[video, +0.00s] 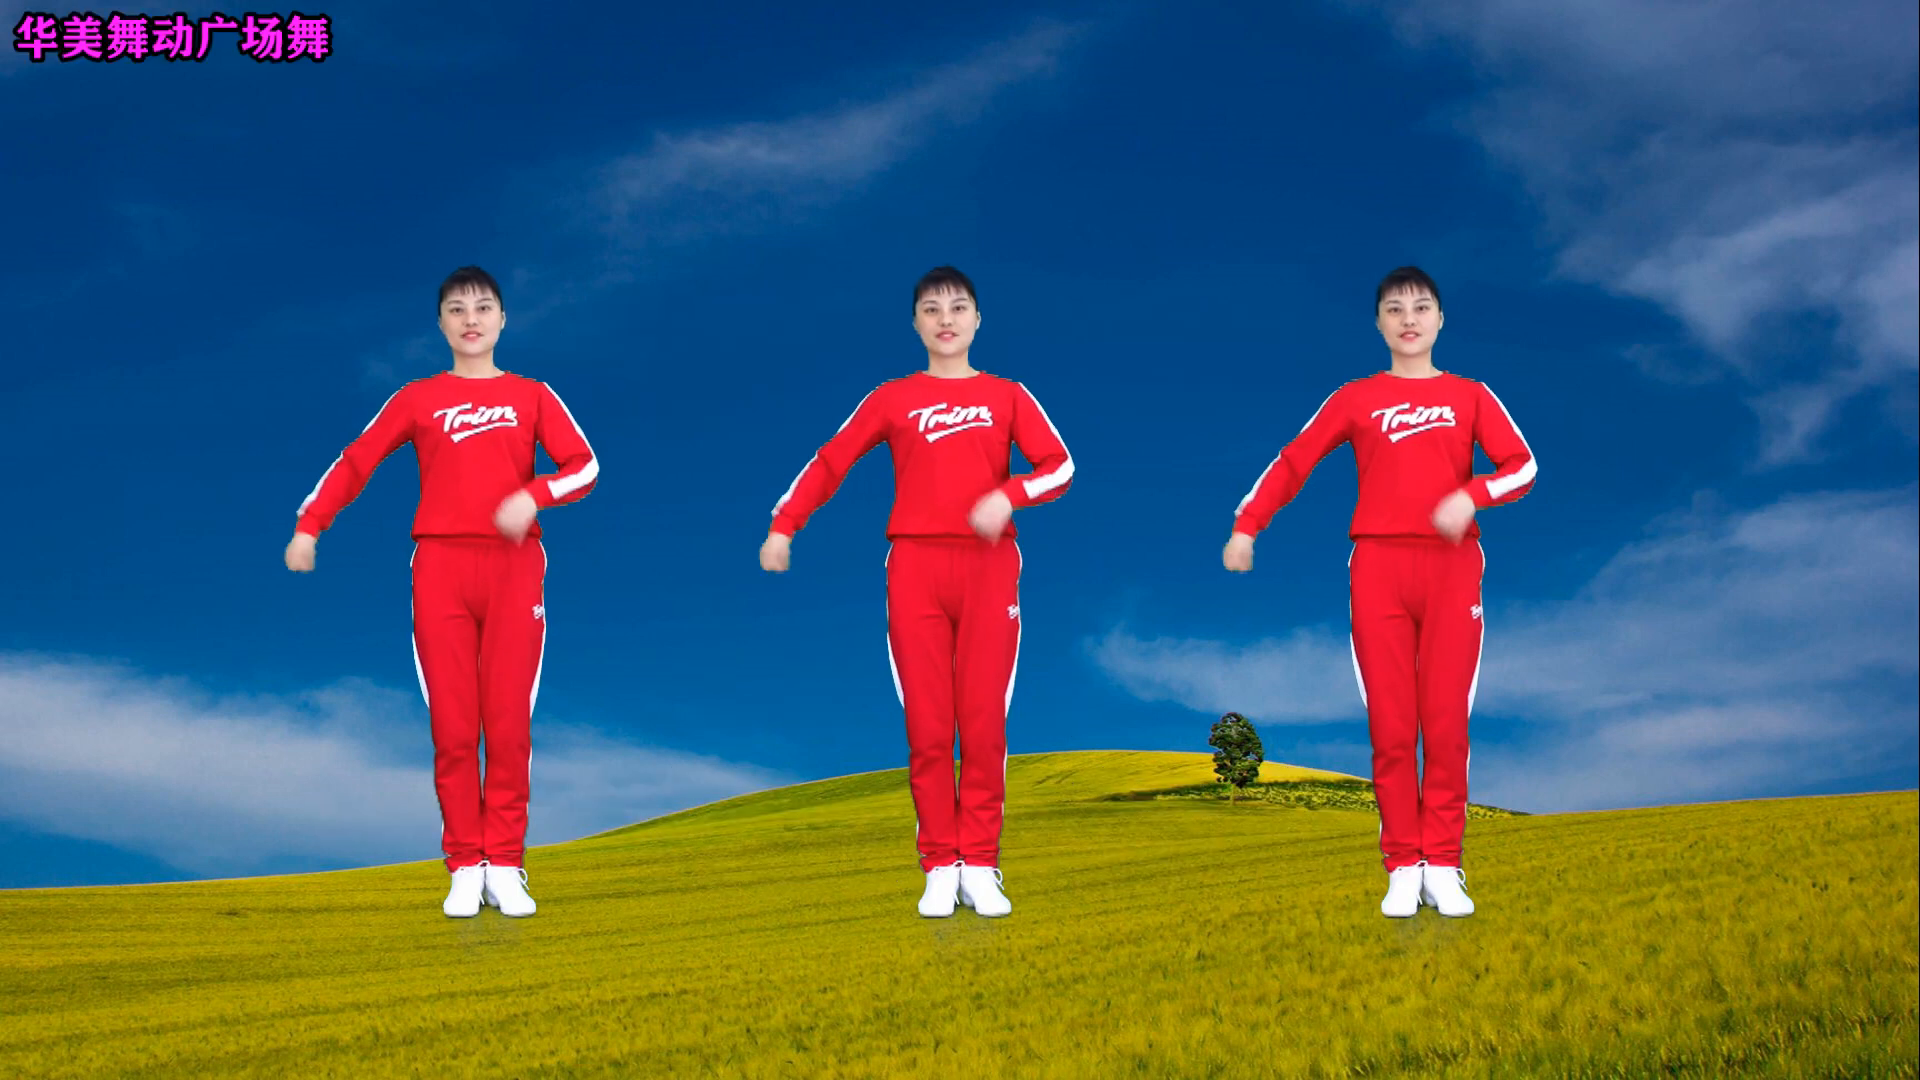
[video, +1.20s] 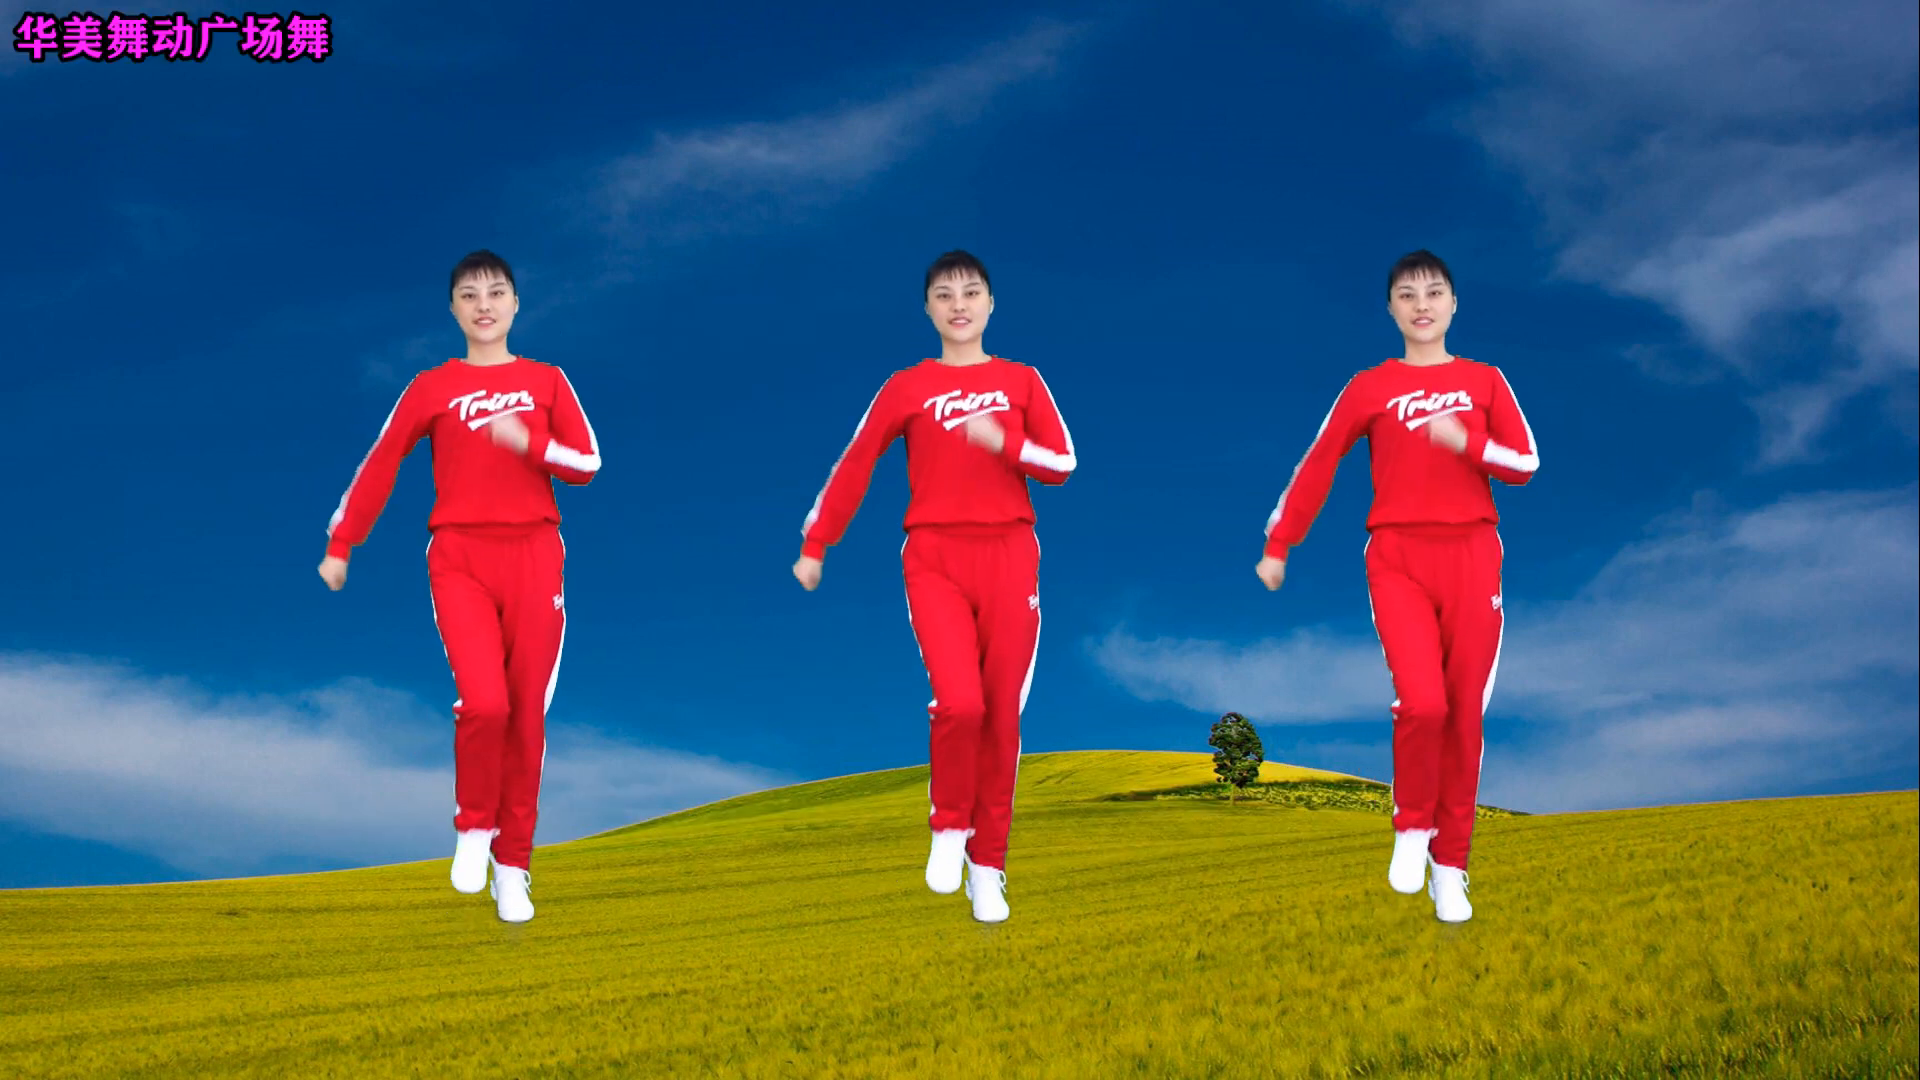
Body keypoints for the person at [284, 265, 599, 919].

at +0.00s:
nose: (471, 319)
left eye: (482, 308)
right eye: (459, 310)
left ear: (501, 318)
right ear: (443, 323)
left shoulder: (533, 396)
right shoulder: (416, 399)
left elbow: (585, 468)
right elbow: (355, 462)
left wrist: (533, 495)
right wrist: (307, 528)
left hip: (514, 573)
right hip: (440, 573)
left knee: (509, 722)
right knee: (453, 727)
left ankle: (505, 865)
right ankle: (465, 865)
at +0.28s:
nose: (470, 326)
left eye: (481, 316)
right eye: (457, 318)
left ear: (500, 326)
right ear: (441, 332)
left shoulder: (530, 403)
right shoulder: (415, 407)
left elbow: (544, 486)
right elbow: (373, 491)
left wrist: (507, 521)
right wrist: (331, 567)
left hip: (506, 580)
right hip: (431, 580)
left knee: (495, 724)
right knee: (439, 734)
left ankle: (503, 848)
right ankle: (463, 865)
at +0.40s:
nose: (470, 329)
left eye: (482, 319)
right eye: (457, 320)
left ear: (499, 330)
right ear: (441, 333)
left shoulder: (529, 409)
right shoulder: (414, 411)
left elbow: (543, 503)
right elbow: (391, 498)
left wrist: (547, 590)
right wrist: (415, 565)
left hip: (503, 581)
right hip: (431, 582)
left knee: (480, 715)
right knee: (431, 731)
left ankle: (499, 809)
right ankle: (462, 863)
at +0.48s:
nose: (471, 315)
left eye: (483, 305)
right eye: (458, 306)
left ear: (501, 317)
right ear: (441, 319)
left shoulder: (530, 396)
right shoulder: (413, 396)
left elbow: (562, 486)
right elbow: (377, 476)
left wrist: (580, 571)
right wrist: (439, 490)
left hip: (506, 568)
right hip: (430, 569)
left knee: (481, 706)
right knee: (436, 722)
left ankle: (499, 810)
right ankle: (464, 861)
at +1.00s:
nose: (483, 328)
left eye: (495, 316)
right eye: (470, 318)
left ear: (513, 327)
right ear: (453, 330)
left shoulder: (544, 407)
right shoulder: (428, 412)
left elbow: (565, 500)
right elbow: (421, 507)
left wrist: (577, 587)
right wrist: (423, 592)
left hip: (535, 580)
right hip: (461, 583)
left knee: (531, 732)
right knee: (484, 709)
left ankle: (510, 869)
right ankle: (475, 812)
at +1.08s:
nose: (484, 324)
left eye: (496, 312)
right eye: (471, 314)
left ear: (514, 323)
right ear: (455, 326)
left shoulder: (546, 400)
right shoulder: (430, 407)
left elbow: (567, 484)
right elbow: (407, 501)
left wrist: (537, 540)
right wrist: (388, 589)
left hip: (536, 573)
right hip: (461, 575)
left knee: (534, 721)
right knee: (490, 699)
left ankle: (511, 867)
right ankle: (477, 806)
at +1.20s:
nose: (484, 305)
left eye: (495, 294)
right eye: (471, 296)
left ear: (514, 303)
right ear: (455, 308)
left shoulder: (546, 381)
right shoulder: (430, 388)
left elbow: (586, 465)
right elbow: (379, 464)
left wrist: (531, 442)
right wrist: (340, 544)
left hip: (534, 556)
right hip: (458, 556)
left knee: (527, 712)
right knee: (485, 705)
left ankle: (514, 861)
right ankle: (475, 827)